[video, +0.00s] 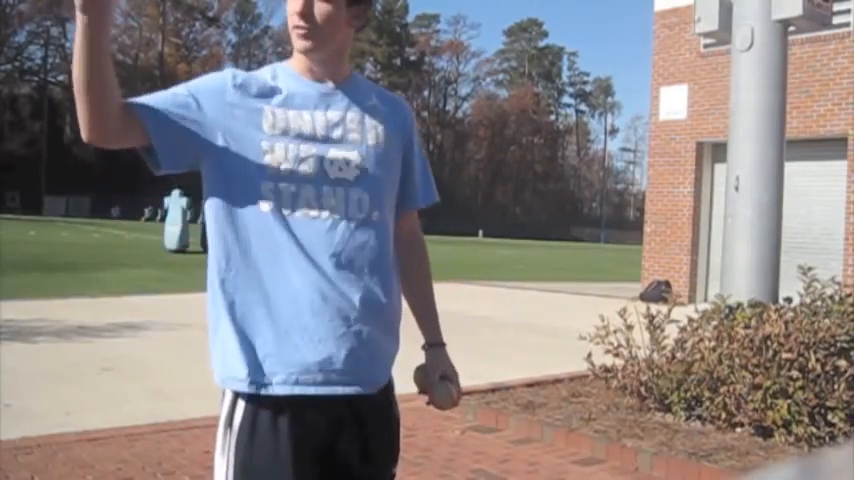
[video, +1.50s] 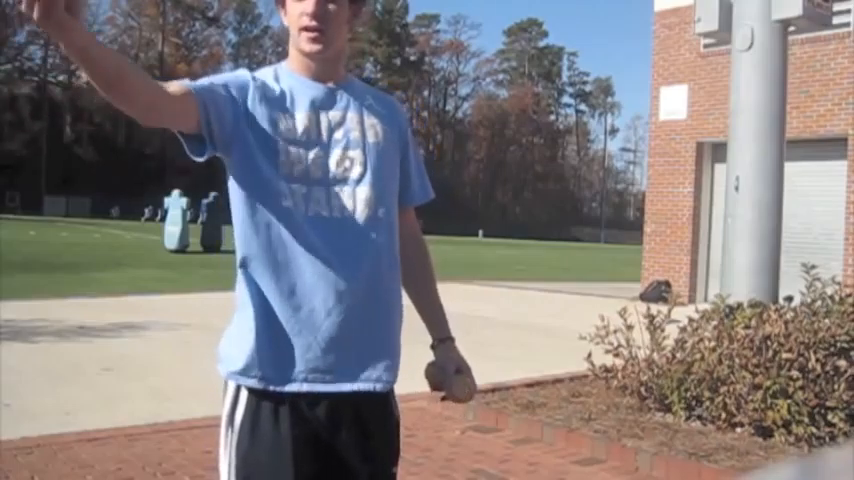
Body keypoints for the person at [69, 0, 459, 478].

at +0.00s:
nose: (302, 7)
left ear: (357, 13)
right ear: (285, 7)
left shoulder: (391, 115)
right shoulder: (228, 96)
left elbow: (407, 234)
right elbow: (103, 126)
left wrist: (434, 344)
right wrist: (91, 14)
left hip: (366, 394)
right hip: (265, 398)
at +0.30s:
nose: (301, 9)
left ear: (361, 13)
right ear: (285, 10)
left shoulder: (397, 116)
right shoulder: (236, 86)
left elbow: (417, 235)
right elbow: (109, 77)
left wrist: (453, 344)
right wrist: (7, 31)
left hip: (363, 394)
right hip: (260, 393)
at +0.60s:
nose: (303, 7)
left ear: (363, 13)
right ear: (286, 9)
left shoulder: (399, 117)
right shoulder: (237, 92)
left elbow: (419, 237)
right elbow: (106, 100)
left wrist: (453, 348)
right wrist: (1, 80)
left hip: (364, 397)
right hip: (263, 396)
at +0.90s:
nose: (315, 9)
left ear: (367, 14)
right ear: (291, 8)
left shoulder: (400, 117)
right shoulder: (238, 93)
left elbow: (419, 239)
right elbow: (108, 100)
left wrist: (450, 351)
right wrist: (1, 80)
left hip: (362, 398)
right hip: (263, 396)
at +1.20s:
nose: (325, 12)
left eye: (342, 1)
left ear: (366, 16)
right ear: (296, 10)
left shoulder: (399, 119)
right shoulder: (239, 95)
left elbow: (417, 242)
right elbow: (115, 104)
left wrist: (448, 350)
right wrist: (4, 78)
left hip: (363, 395)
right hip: (264, 394)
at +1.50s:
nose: (315, 9)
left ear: (357, 14)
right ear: (282, 9)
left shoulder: (386, 114)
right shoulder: (246, 93)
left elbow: (405, 234)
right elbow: (154, 102)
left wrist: (443, 340)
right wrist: (70, 34)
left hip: (366, 385)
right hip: (270, 386)